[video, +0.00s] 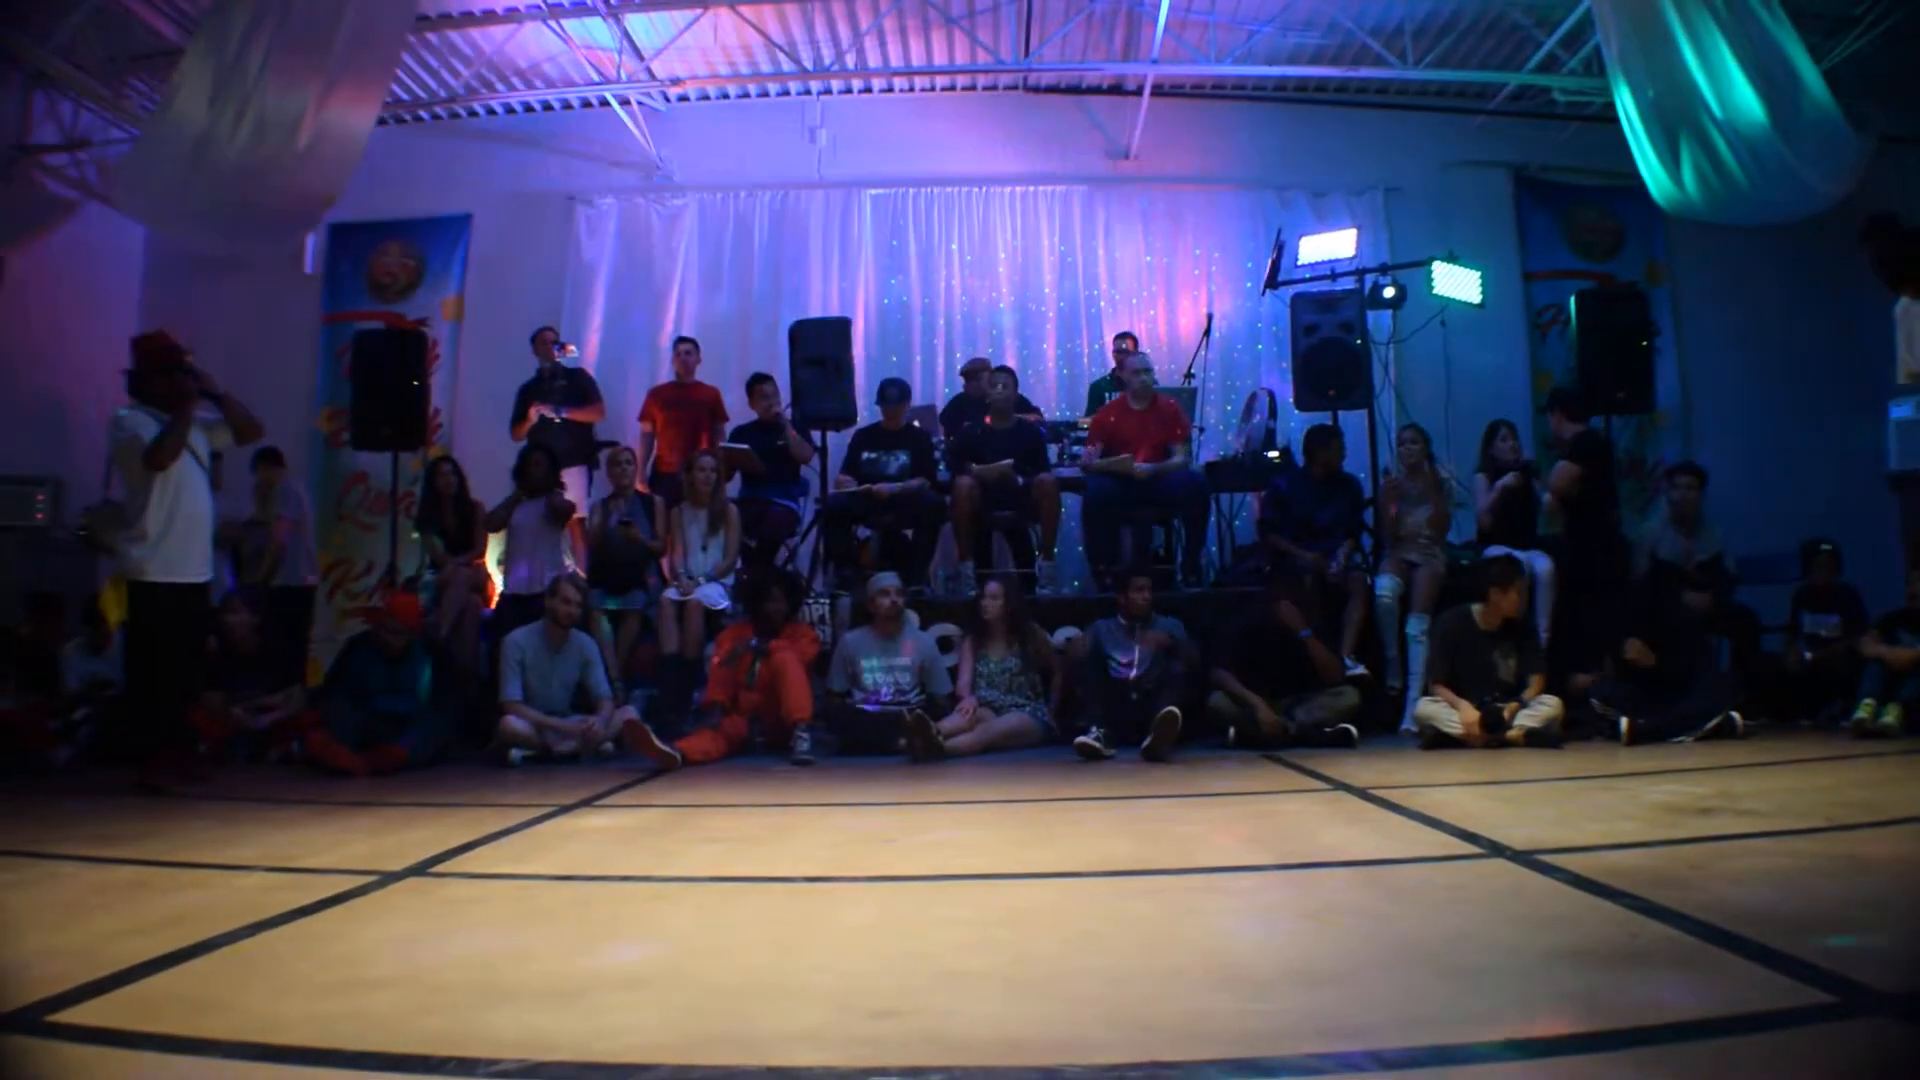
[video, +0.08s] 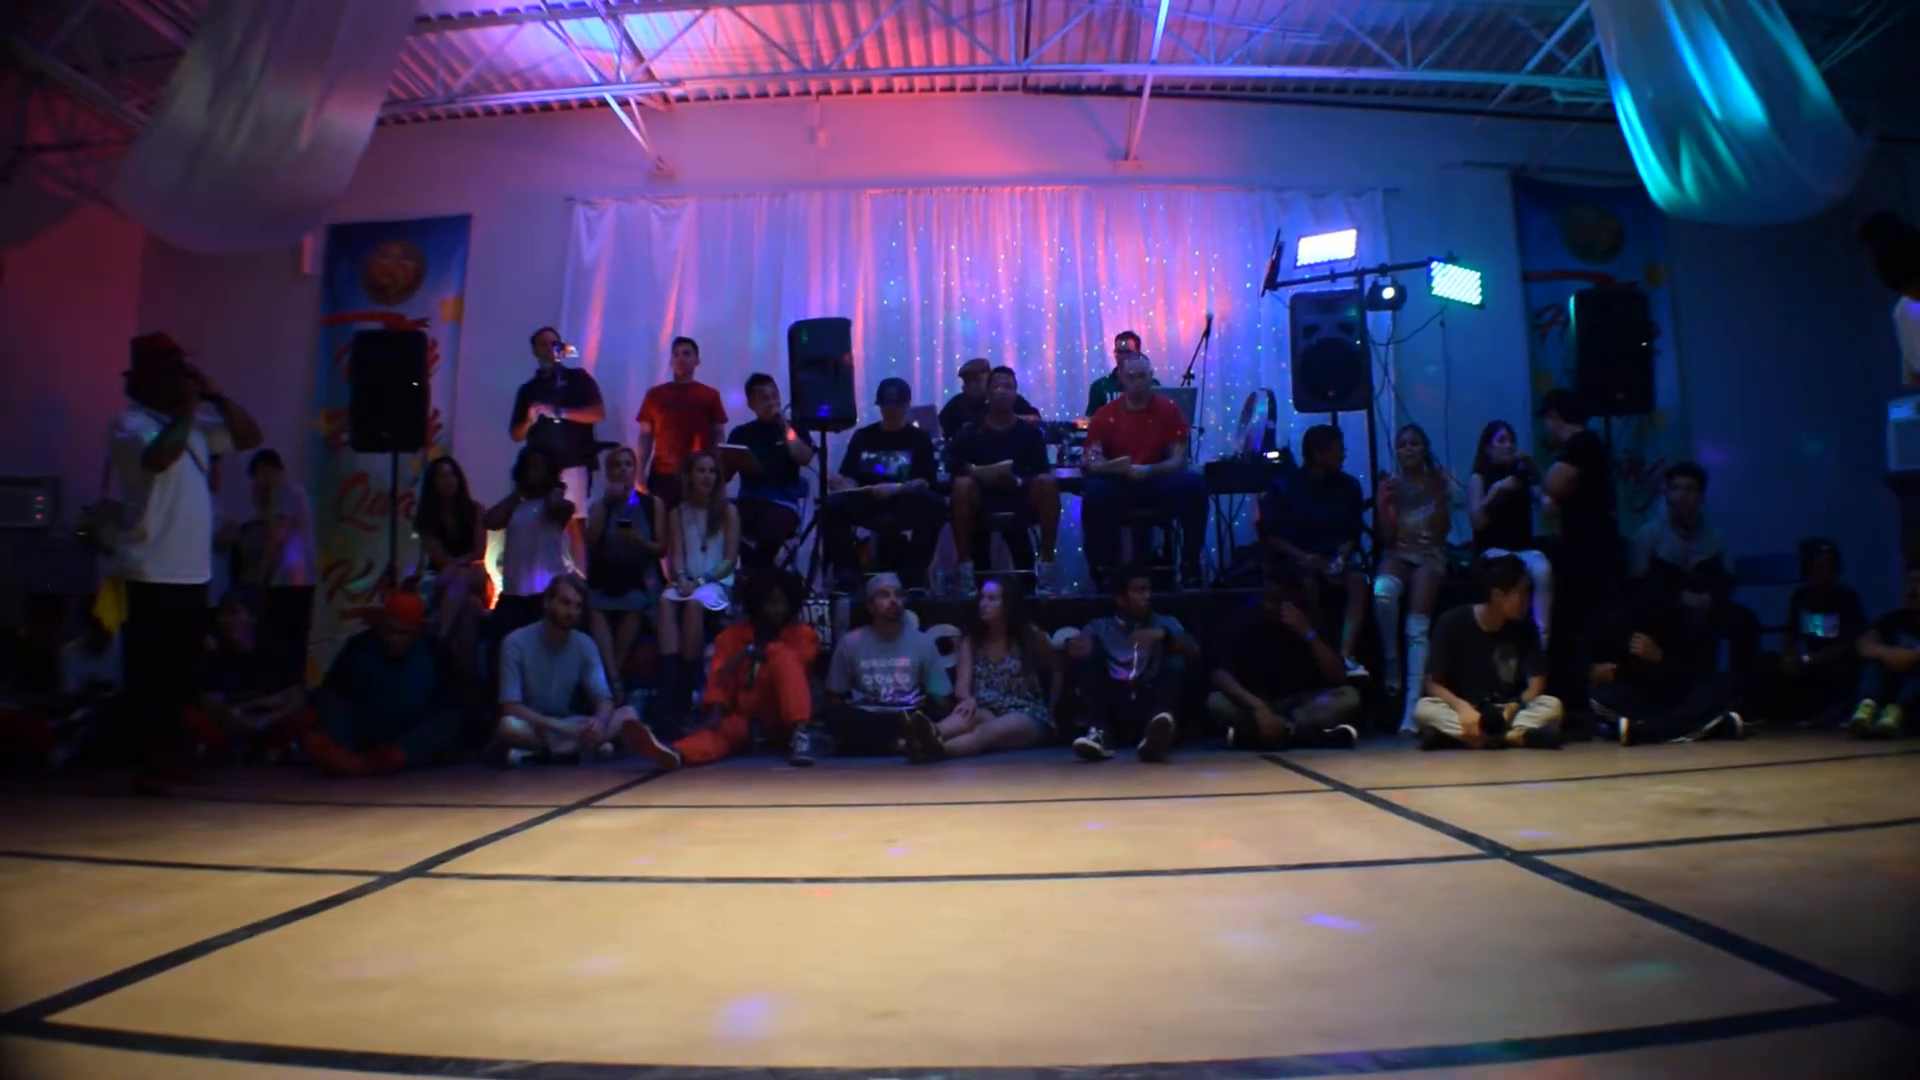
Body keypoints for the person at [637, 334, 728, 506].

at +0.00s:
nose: (682, 358)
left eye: (688, 353)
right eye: (678, 354)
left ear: (698, 359)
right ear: (673, 360)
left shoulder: (711, 394)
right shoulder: (657, 394)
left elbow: (719, 436)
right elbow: (646, 436)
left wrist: (718, 476)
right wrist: (640, 477)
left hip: (700, 477)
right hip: (665, 475)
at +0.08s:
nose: (681, 359)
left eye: (687, 354)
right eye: (677, 354)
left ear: (697, 360)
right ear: (671, 360)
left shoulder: (710, 396)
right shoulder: (655, 395)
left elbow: (718, 437)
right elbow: (645, 436)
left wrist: (716, 475)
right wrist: (640, 475)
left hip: (698, 478)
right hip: (663, 476)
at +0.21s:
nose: (677, 360)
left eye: (683, 355)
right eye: (673, 355)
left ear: (693, 360)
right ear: (668, 361)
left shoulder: (706, 397)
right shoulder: (651, 396)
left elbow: (715, 438)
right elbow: (642, 437)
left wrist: (713, 475)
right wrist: (636, 476)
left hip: (695, 478)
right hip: (660, 476)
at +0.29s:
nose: (675, 360)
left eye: (681, 355)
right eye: (671, 356)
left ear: (691, 362)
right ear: (665, 361)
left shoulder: (703, 398)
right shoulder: (649, 396)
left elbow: (712, 438)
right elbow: (639, 437)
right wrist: (634, 476)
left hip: (693, 479)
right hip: (658, 477)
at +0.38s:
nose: (673, 361)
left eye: (678, 356)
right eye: (668, 356)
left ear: (689, 362)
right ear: (663, 362)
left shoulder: (701, 398)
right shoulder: (646, 397)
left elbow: (709, 438)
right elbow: (636, 437)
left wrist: (710, 474)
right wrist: (633, 473)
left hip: (691, 478)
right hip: (656, 477)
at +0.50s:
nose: (669, 362)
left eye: (675, 357)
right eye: (664, 357)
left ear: (685, 363)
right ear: (659, 363)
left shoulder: (698, 398)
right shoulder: (644, 398)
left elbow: (707, 437)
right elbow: (633, 440)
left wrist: (705, 473)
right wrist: (628, 478)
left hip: (689, 478)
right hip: (654, 478)